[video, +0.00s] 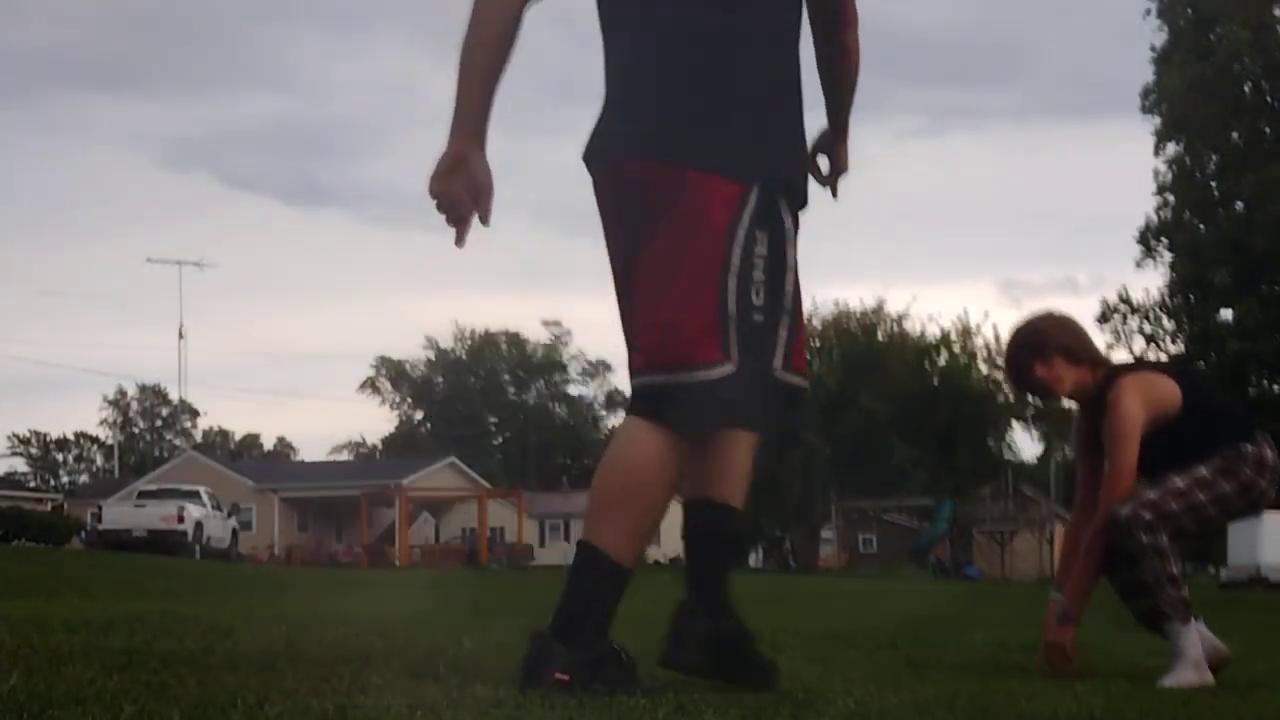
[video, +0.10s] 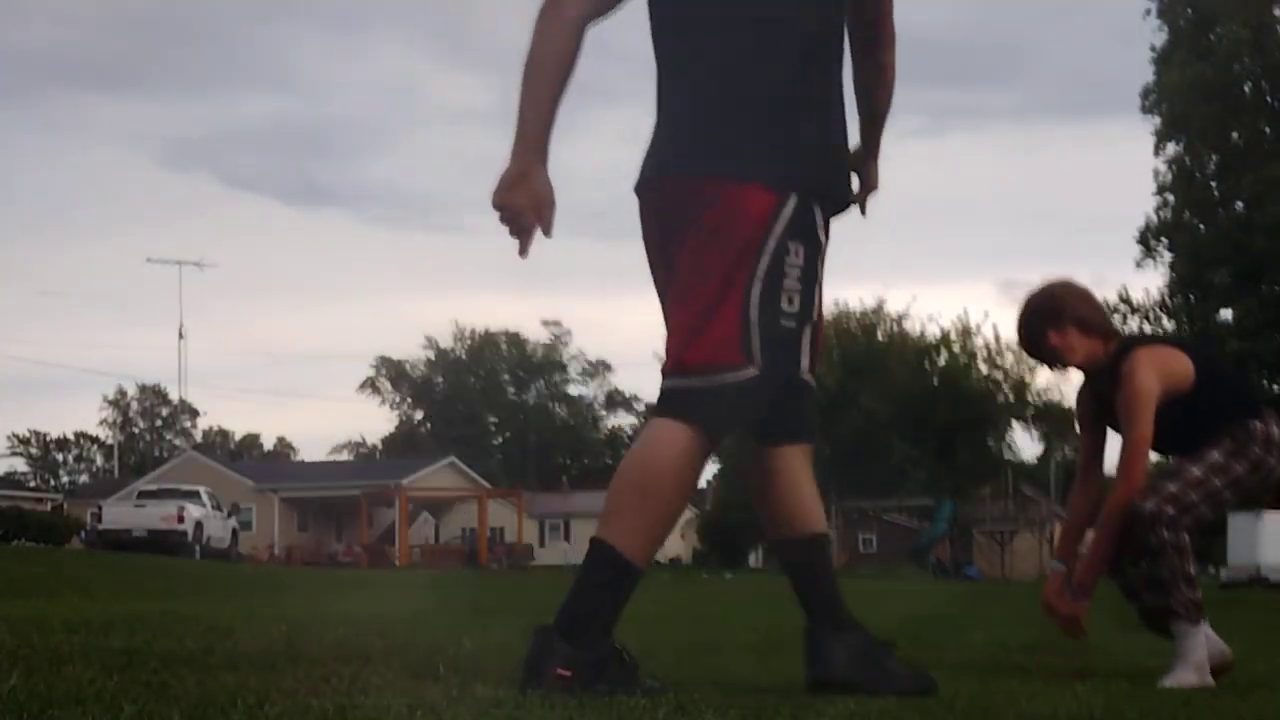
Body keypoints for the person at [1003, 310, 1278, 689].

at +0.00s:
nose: (1038, 374)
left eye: (1043, 359)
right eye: (1030, 370)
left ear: (1069, 349)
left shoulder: (1126, 395)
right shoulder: (1091, 412)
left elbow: (1110, 514)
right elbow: (1085, 513)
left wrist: (1070, 616)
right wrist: (1060, 600)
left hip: (1247, 462)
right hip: (1211, 469)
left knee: (1139, 518)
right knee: (1111, 537)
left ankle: (1192, 657)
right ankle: (1199, 640)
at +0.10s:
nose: (1052, 350)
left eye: (1053, 336)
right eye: (1043, 345)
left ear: (1076, 322)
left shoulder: (1141, 368)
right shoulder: (1092, 394)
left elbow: (1131, 485)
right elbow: (1088, 483)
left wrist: (1084, 586)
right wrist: (1061, 565)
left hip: (1254, 441)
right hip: (1208, 453)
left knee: (1158, 515)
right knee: (1124, 532)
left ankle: (1194, 656)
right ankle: (1202, 640)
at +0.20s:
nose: (1063, 315)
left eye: (1060, 303)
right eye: (1055, 310)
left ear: (1076, 293)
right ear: (1076, 299)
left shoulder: (1153, 337)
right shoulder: (1096, 364)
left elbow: (1151, 458)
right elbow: (1090, 455)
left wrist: (1103, 554)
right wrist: (1067, 538)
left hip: (1251, 420)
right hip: (1204, 435)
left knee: (1174, 507)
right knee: (1131, 534)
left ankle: (1197, 655)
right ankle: (1211, 647)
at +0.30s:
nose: (1077, 274)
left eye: (1083, 259)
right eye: (1068, 269)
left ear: (1110, 253)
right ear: (1065, 278)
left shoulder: (1162, 306)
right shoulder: (1099, 335)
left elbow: (1179, 419)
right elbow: (1095, 424)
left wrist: (1135, 514)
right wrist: (1074, 507)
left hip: (1252, 399)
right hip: (1205, 412)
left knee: (1182, 511)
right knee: (1137, 528)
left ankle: (1196, 657)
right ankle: (1215, 650)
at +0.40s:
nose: (1082, 244)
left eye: (1084, 232)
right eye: (1074, 239)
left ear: (1114, 218)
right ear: (1083, 238)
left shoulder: (1166, 271)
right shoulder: (1106, 298)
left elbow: (1203, 366)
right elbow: (1109, 387)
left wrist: (1180, 463)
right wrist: (1089, 460)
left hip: (1253, 376)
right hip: (1209, 386)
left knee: (1190, 504)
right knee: (1183, 505)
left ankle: (1196, 654)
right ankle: (1220, 651)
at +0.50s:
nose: (1091, 210)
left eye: (1095, 199)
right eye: (1088, 201)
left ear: (1125, 192)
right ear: (1107, 200)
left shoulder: (1171, 244)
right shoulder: (1114, 264)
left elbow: (1229, 319)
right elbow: (1125, 356)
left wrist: (1222, 413)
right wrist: (1098, 419)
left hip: (1237, 373)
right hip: (1195, 379)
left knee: (1197, 508)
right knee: (1193, 510)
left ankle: (1197, 656)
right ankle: (1221, 651)